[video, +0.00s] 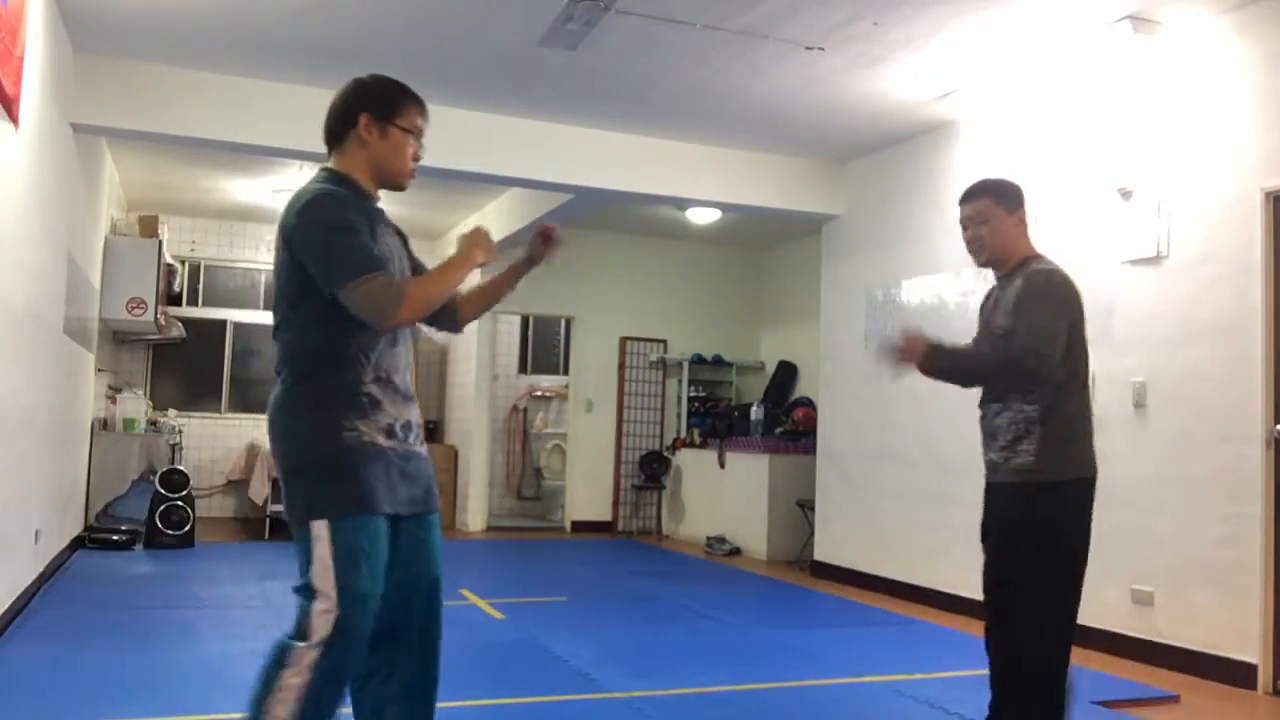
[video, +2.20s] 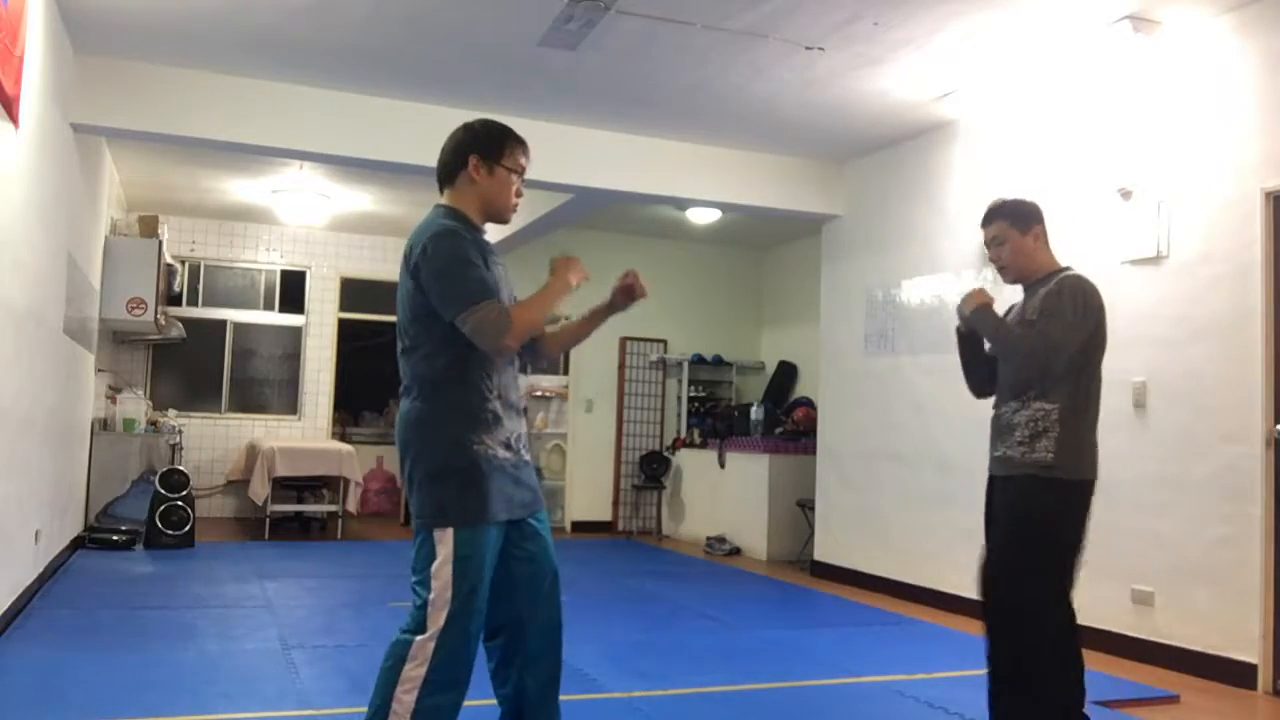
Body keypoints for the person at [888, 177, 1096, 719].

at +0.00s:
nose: (969, 236)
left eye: (979, 223)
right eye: (964, 227)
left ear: (1015, 219)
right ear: (964, 233)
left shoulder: (1046, 285)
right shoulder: (996, 298)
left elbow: (1030, 364)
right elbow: (989, 362)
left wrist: (935, 356)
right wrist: (930, 356)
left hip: (1050, 482)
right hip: (1009, 481)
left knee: (1038, 624)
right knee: (1007, 619)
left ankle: (1033, 712)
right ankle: (1007, 710)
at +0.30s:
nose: (999, 230)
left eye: (1011, 218)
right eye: (988, 222)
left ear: (1036, 225)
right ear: (980, 235)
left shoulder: (1066, 288)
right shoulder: (985, 308)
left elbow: (1070, 370)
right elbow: (970, 371)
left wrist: (978, 386)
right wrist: (941, 392)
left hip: (1044, 481)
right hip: (986, 480)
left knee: (1027, 621)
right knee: (986, 615)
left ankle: (1031, 712)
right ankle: (1001, 711)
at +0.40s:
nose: (1003, 232)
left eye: (1015, 220)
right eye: (992, 224)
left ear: (1039, 228)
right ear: (982, 239)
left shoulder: (1072, 291)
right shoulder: (981, 313)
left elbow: (1086, 377)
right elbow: (964, 379)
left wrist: (1018, 439)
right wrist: (938, 436)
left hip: (1054, 475)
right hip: (993, 475)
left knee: (1032, 606)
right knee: (994, 601)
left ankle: (1032, 710)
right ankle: (1006, 708)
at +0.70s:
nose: (1017, 230)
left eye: (1028, 219)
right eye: (1005, 222)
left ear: (1050, 227)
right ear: (993, 235)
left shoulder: (1090, 292)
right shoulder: (986, 310)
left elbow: (1121, 382)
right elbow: (975, 393)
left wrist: (1103, 463)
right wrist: (975, 472)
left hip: (1072, 482)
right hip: (1007, 483)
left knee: (1071, 611)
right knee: (1018, 608)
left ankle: (1079, 709)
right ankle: (1029, 706)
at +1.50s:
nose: (1025, 236)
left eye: (1034, 224)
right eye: (1023, 225)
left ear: (1077, 222)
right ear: (1056, 227)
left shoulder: (1122, 283)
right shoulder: (1048, 290)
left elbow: (1136, 363)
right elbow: (1041, 362)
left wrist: (1048, 399)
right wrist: (1016, 393)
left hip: (1106, 485)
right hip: (1048, 481)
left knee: (1106, 623)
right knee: (1043, 611)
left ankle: (1113, 713)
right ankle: (1053, 711)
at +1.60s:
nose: (1025, 242)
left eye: (1033, 228)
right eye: (1022, 231)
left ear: (1074, 224)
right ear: (1065, 228)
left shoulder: (1121, 286)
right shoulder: (1048, 295)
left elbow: (1106, 360)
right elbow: (1050, 367)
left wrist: (1019, 348)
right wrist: (1007, 356)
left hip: (1102, 484)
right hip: (1045, 481)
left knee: (1102, 617)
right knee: (1042, 604)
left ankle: (1110, 712)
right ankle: (1054, 709)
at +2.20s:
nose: (994, 258)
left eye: (1000, 244)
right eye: (989, 249)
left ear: (1035, 235)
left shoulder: (1072, 292)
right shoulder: (1021, 309)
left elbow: (1035, 358)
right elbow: (982, 382)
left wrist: (985, 317)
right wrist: (970, 323)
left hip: (1052, 476)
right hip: (1012, 476)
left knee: (1036, 603)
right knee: (1005, 602)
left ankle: (1053, 711)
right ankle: (1013, 710)